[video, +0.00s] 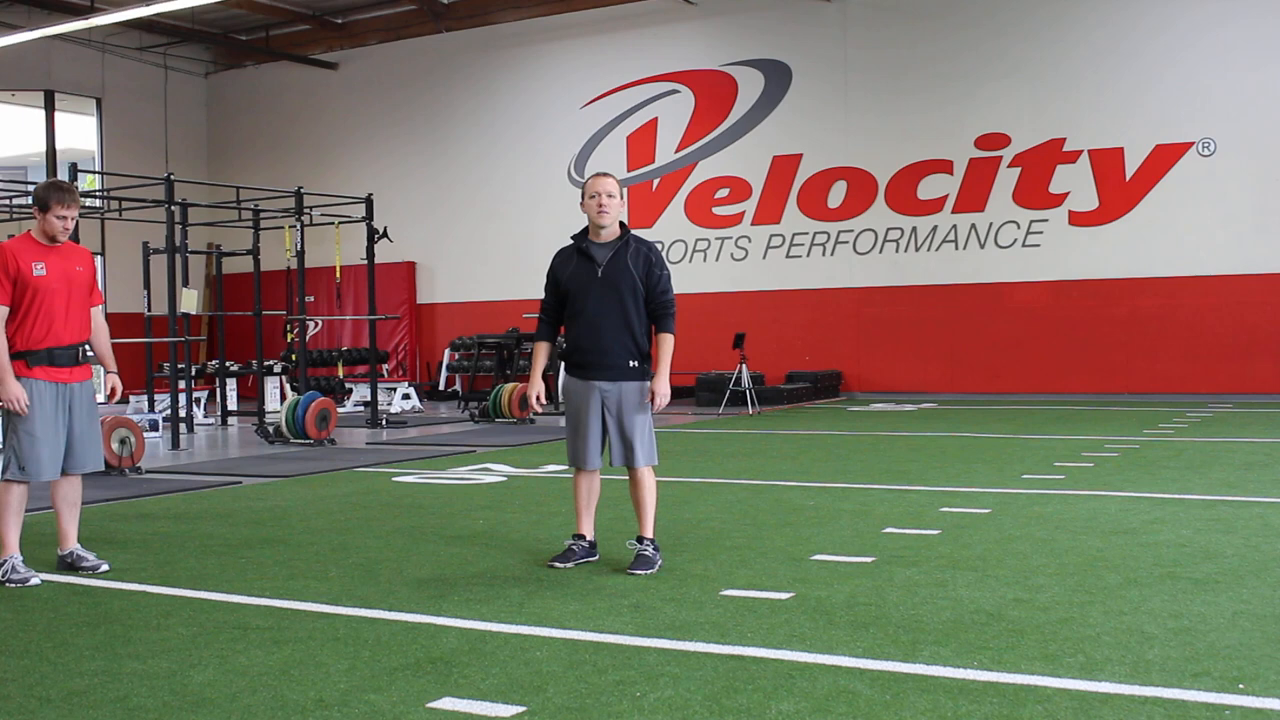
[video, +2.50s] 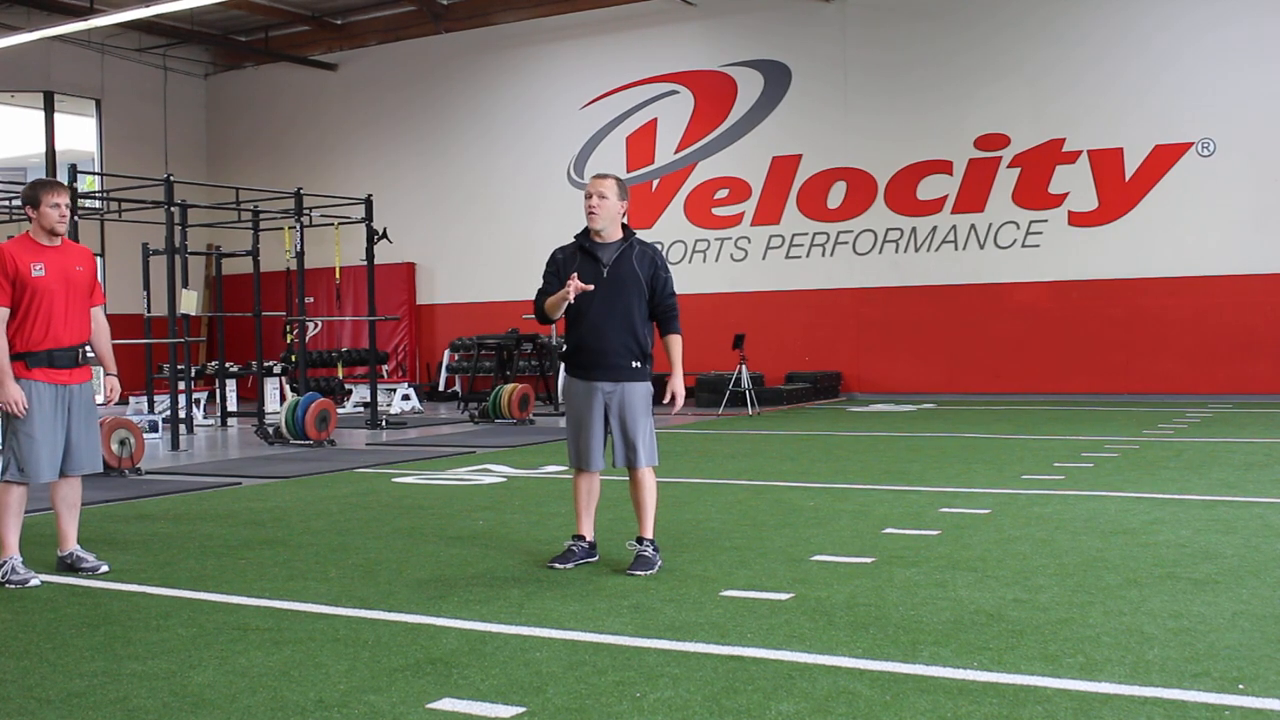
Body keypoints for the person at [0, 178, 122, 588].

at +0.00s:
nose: (68, 225)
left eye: (73, 217)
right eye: (60, 218)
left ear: (77, 214)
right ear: (39, 214)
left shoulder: (84, 257)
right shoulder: (12, 253)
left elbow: (96, 319)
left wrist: (111, 368)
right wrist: (7, 378)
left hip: (76, 377)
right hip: (29, 378)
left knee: (71, 465)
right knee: (19, 471)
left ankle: (69, 550)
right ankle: (10, 558)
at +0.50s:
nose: (67, 227)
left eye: (72, 219)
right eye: (60, 219)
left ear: (76, 216)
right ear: (38, 214)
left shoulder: (83, 258)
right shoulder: (11, 254)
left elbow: (94, 322)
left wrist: (108, 372)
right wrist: (6, 381)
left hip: (76, 377)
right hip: (29, 379)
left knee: (71, 466)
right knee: (18, 472)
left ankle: (69, 551)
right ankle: (10, 559)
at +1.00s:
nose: (66, 226)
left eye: (71, 219)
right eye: (59, 219)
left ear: (76, 216)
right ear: (37, 214)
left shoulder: (83, 258)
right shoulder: (11, 255)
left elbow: (94, 321)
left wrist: (108, 371)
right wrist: (6, 382)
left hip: (76, 377)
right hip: (29, 378)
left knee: (72, 466)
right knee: (18, 472)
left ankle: (69, 550)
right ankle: (10, 559)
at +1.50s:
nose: (66, 227)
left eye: (71, 220)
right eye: (59, 220)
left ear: (75, 216)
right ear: (37, 215)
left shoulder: (82, 258)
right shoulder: (10, 255)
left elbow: (93, 320)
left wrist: (107, 371)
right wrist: (5, 382)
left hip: (76, 377)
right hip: (28, 379)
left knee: (71, 466)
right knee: (18, 472)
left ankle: (69, 550)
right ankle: (9, 559)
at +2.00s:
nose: (65, 218)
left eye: (69, 211)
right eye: (56, 211)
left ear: (72, 213)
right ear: (33, 212)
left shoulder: (83, 257)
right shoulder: (10, 254)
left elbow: (95, 321)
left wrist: (109, 371)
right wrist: (5, 381)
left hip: (76, 376)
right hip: (28, 378)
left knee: (71, 466)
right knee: (18, 472)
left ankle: (69, 550)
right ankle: (10, 559)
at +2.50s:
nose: (64, 213)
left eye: (67, 206)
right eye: (54, 206)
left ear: (70, 210)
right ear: (32, 211)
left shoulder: (84, 257)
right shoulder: (10, 255)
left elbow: (96, 318)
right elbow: (0, 325)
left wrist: (111, 369)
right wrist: (6, 380)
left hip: (76, 377)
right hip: (29, 378)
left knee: (71, 466)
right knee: (19, 473)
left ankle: (69, 551)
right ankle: (10, 559)